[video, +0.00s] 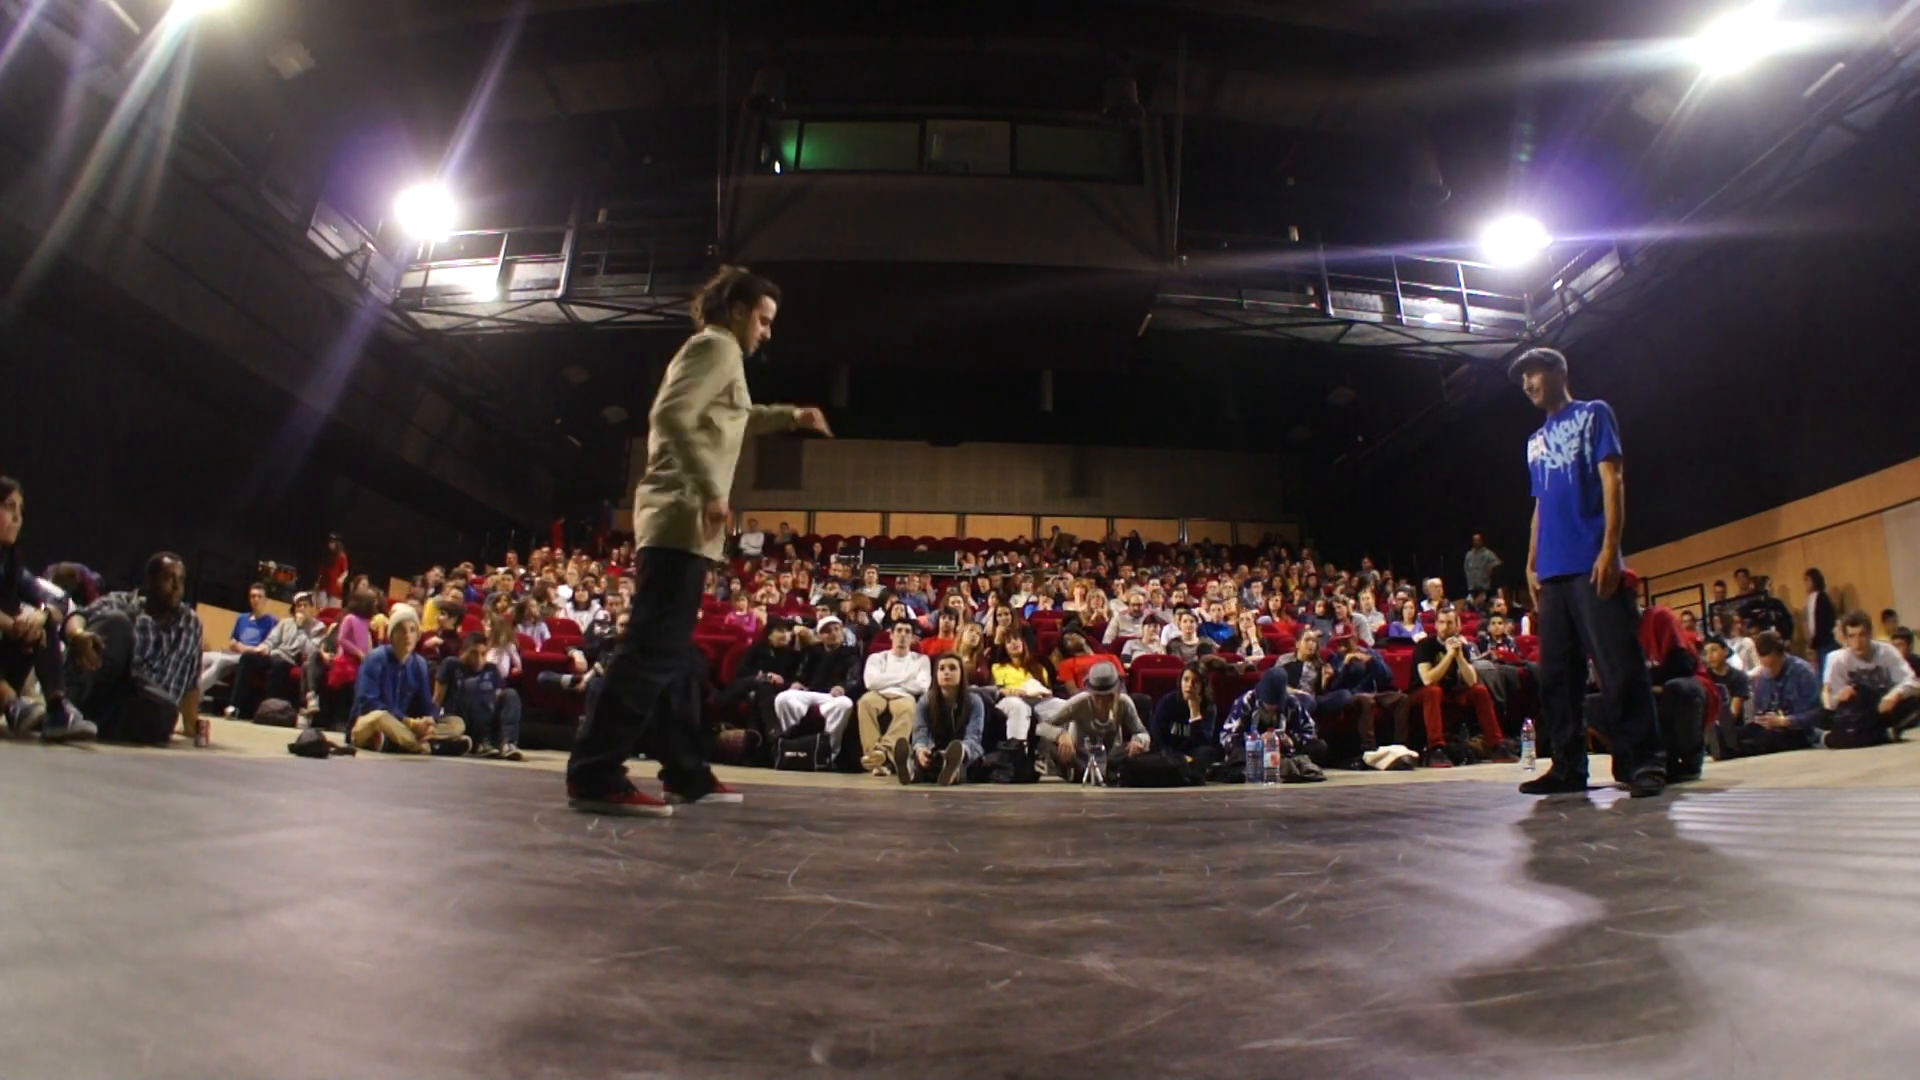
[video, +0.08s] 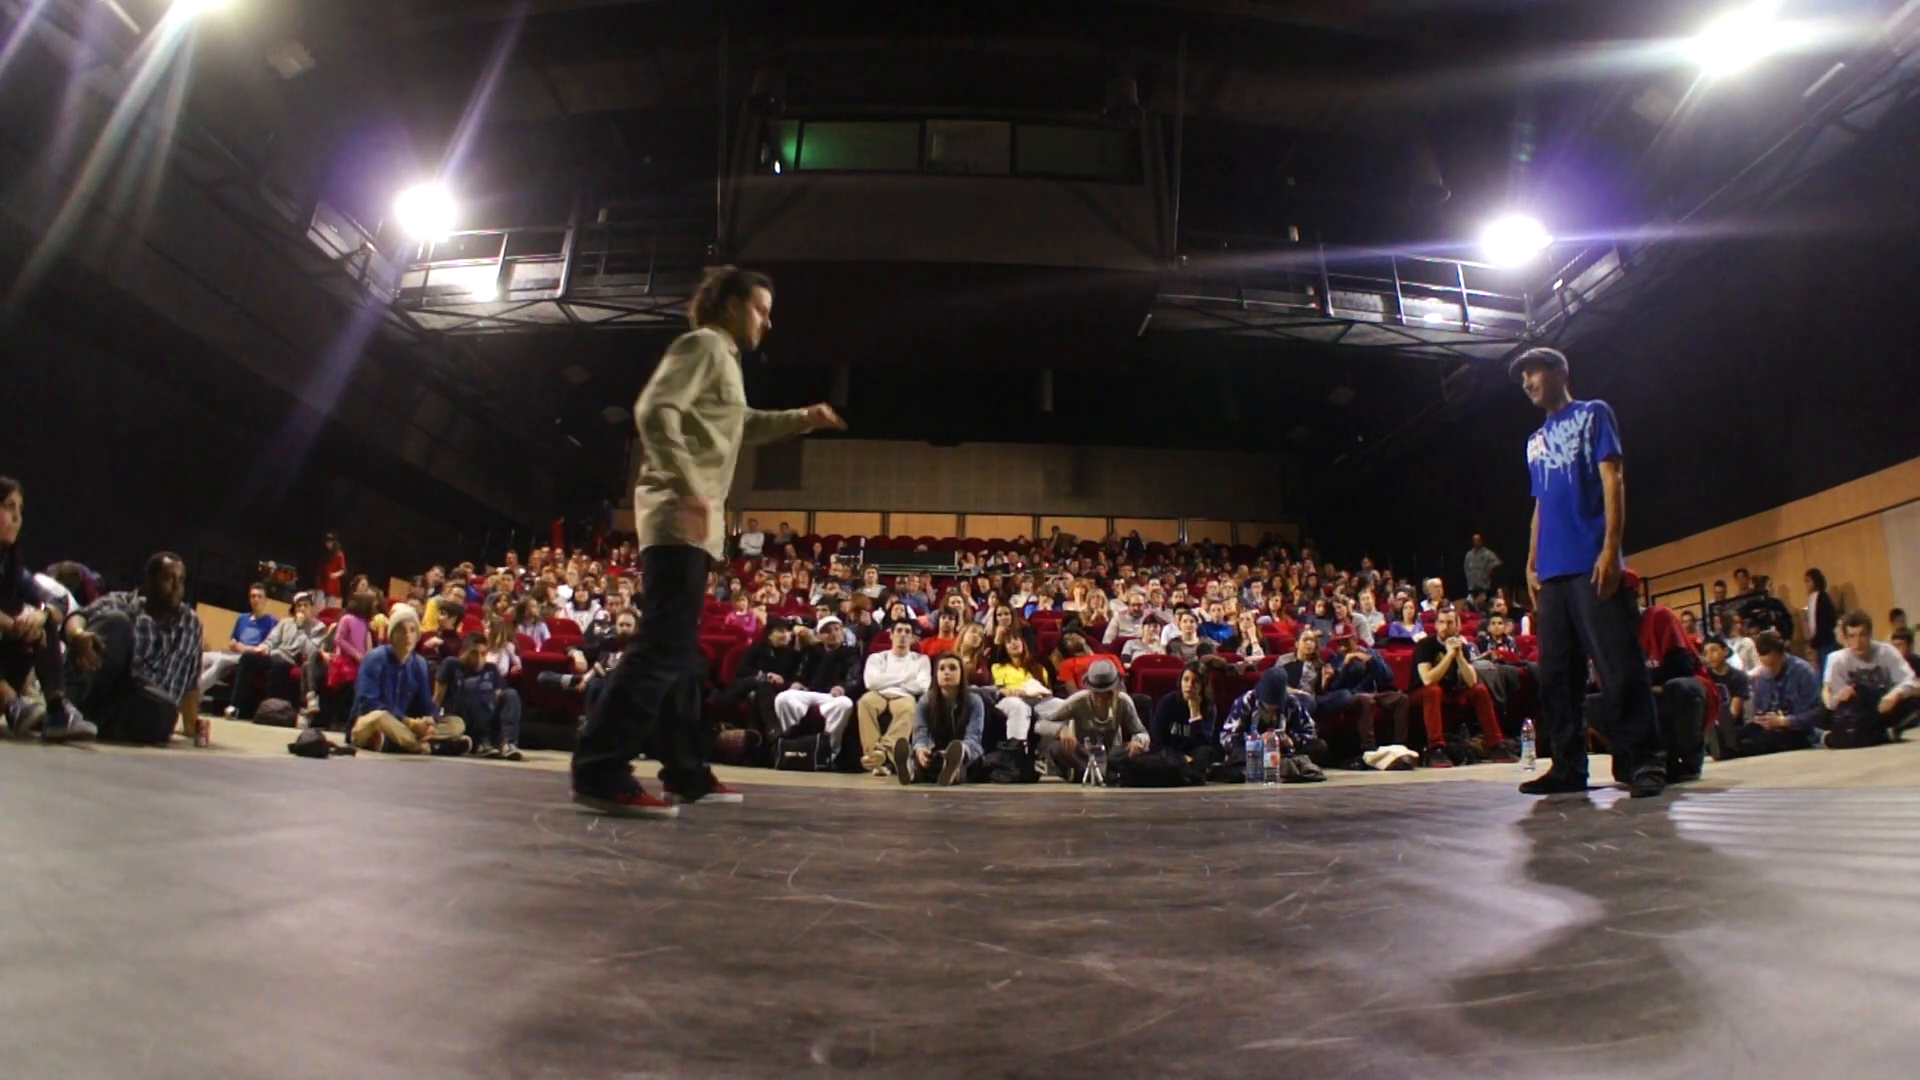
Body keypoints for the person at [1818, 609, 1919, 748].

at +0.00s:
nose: (1857, 642)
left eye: (1862, 635)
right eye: (1851, 636)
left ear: (1870, 634)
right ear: (1845, 638)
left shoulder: (1886, 651)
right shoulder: (1837, 659)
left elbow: (1911, 681)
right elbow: (1829, 702)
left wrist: (1894, 695)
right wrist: (1838, 697)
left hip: (1885, 703)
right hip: (1856, 704)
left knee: (1913, 704)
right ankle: (1885, 734)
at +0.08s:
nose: (1857, 642)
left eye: (1862, 635)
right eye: (1851, 636)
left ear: (1870, 635)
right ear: (1844, 638)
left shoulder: (1886, 651)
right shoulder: (1837, 660)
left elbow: (1911, 681)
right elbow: (1829, 702)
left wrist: (1894, 695)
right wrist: (1838, 697)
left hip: (1885, 703)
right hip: (1856, 704)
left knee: (1913, 704)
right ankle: (1884, 734)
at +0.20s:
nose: (1857, 642)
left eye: (1862, 635)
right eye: (1852, 636)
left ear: (1870, 635)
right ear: (1845, 638)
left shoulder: (1887, 652)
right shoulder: (1838, 661)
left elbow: (1911, 680)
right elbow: (1830, 702)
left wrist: (1894, 695)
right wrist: (1839, 696)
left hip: (1886, 703)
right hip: (1857, 706)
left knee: (1913, 704)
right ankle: (1884, 734)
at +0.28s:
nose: (1857, 642)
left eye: (1862, 635)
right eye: (1852, 636)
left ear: (1870, 635)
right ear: (1844, 638)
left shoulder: (1886, 652)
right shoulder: (1838, 661)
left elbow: (1911, 680)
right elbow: (1830, 702)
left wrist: (1894, 695)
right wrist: (1839, 696)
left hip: (1886, 703)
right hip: (1857, 705)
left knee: (1913, 704)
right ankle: (1884, 734)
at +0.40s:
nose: (1857, 643)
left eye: (1862, 636)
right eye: (1852, 637)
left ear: (1869, 635)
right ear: (1844, 638)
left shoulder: (1886, 652)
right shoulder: (1839, 661)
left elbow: (1911, 681)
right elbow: (1830, 702)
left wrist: (1893, 696)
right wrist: (1839, 696)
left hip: (1886, 703)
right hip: (1858, 705)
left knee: (1914, 704)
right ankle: (1884, 734)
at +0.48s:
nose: (1857, 643)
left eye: (1862, 636)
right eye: (1852, 637)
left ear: (1869, 635)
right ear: (1844, 638)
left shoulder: (1886, 652)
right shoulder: (1839, 661)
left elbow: (1911, 680)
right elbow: (1831, 703)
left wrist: (1893, 696)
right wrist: (1839, 696)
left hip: (1887, 702)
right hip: (1859, 705)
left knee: (1913, 703)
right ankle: (1884, 734)